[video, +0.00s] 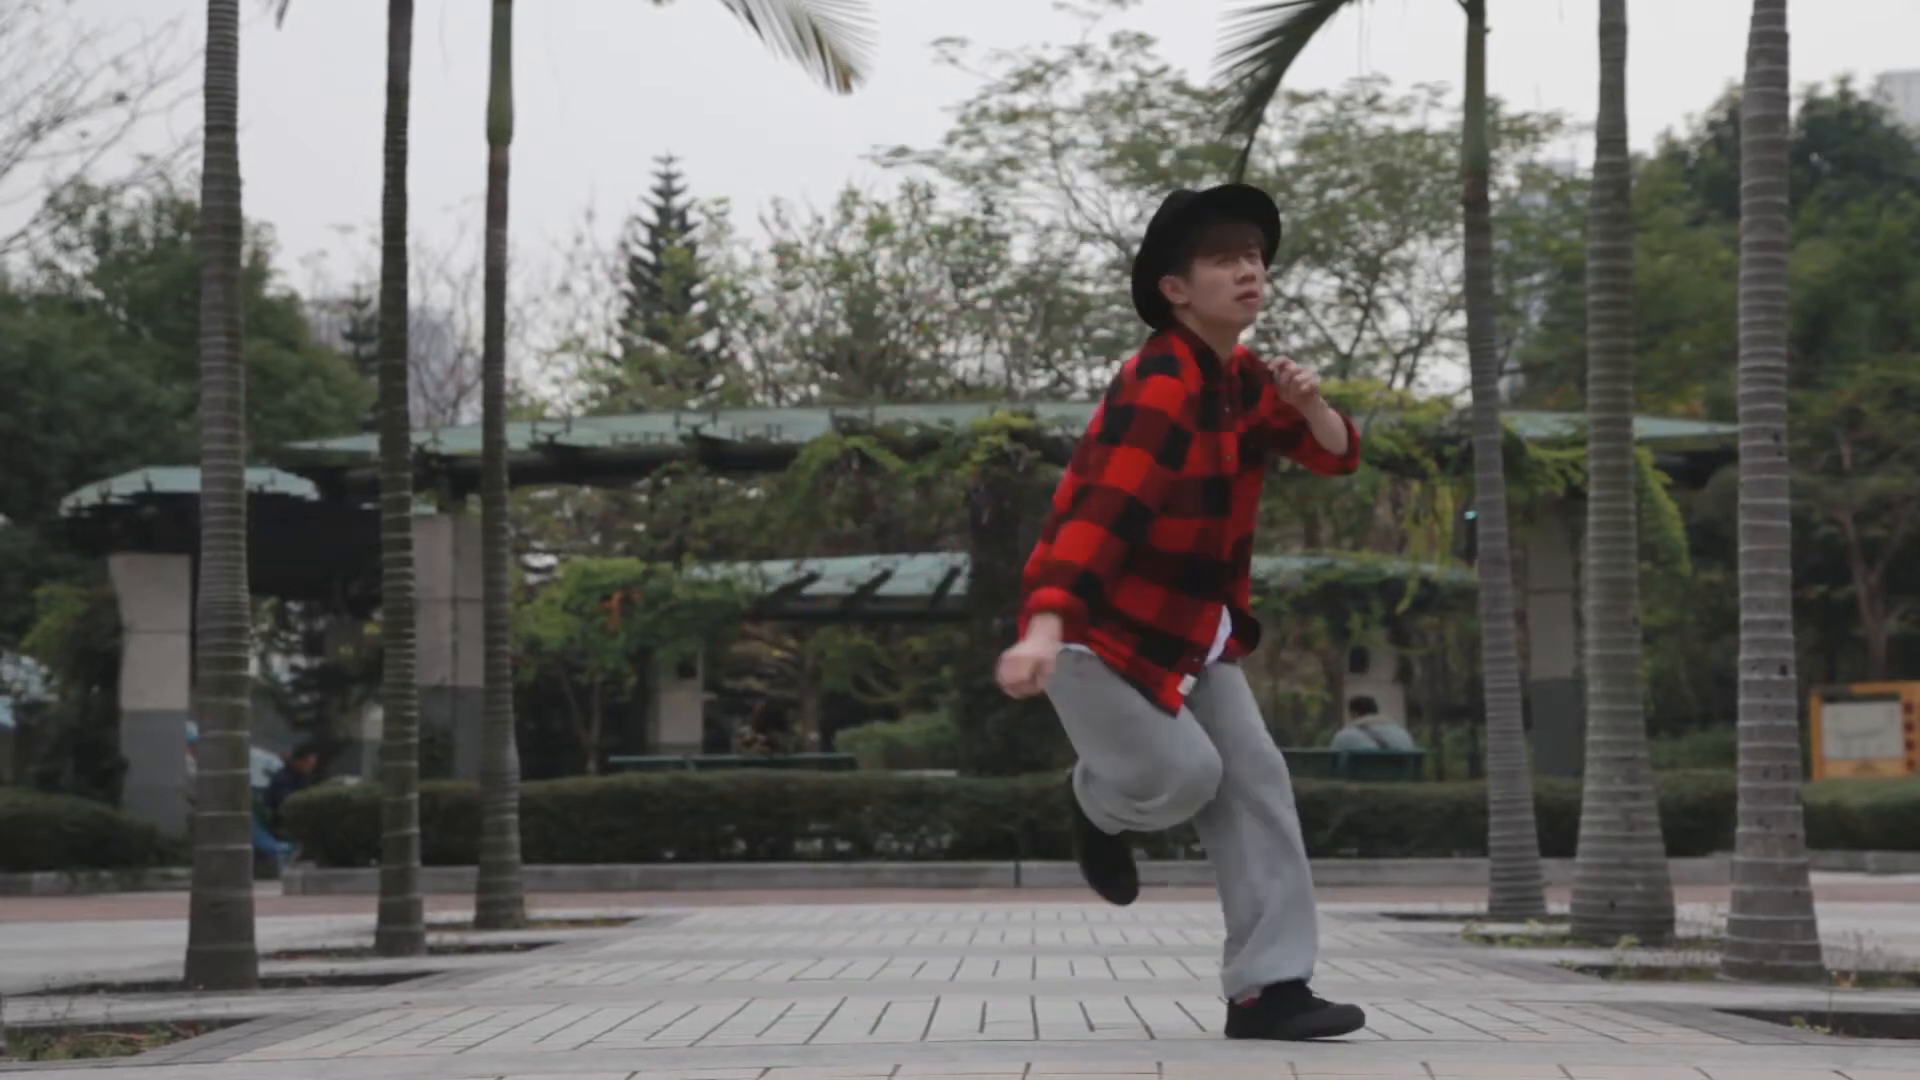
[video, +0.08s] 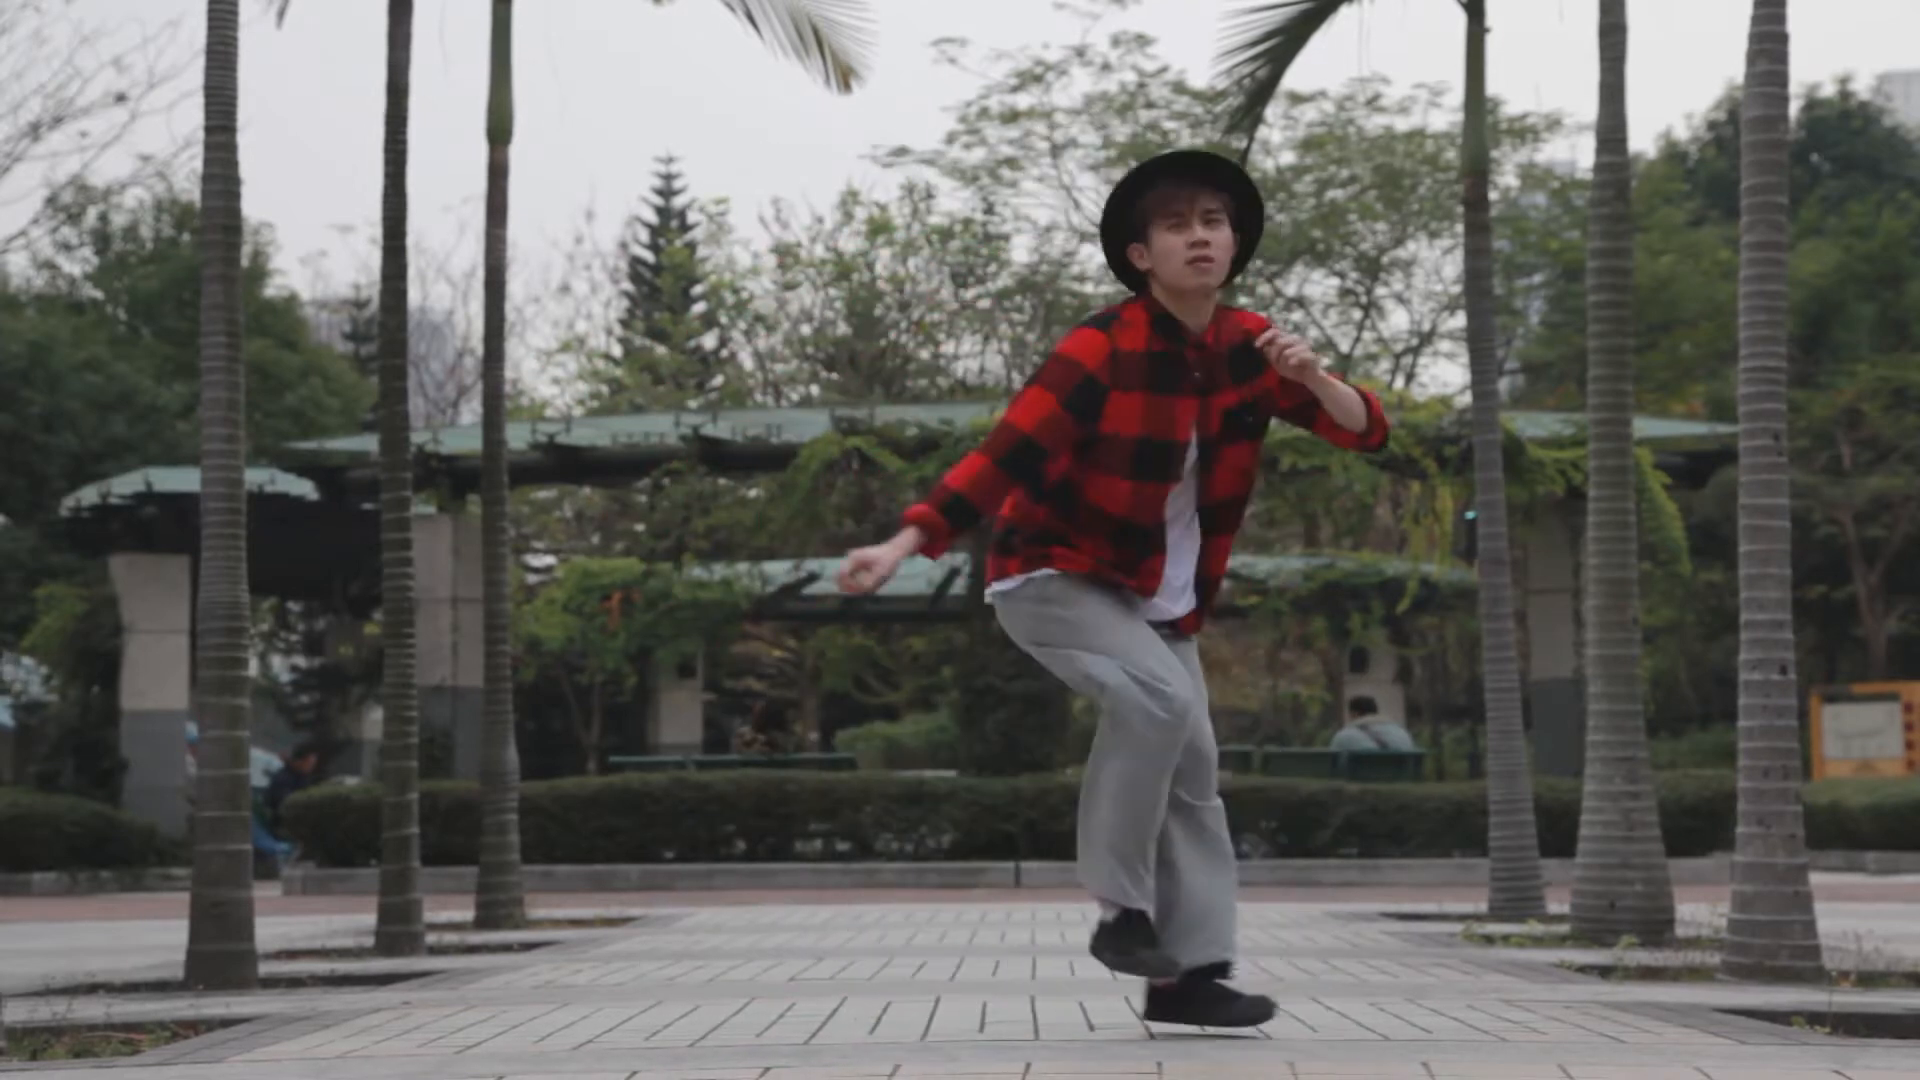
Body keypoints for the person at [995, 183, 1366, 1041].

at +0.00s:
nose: (1249, 276)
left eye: (1257, 261)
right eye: (1223, 262)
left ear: (1267, 275)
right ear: (1173, 290)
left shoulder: (1249, 379)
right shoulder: (1162, 378)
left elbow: (1335, 457)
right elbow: (1102, 504)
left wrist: (1313, 410)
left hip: (1189, 635)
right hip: (1094, 633)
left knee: (1257, 780)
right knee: (1181, 772)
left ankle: (1266, 988)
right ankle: (1097, 804)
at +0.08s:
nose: (1200, 236)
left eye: (1215, 220)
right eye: (1174, 224)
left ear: (1237, 243)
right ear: (1139, 256)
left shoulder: (1250, 346)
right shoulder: (1104, 344)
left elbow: (1368, 432)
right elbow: (1008, 448)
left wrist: (1320, 381)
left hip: (1155, 596)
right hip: (1049, 572)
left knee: (1194, 766)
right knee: (1156, 697)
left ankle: (1190, 975)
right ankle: (1122, 907)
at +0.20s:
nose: (1133, 226)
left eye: (1153, 212)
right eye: (1112, 213)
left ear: (1185, 239)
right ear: (1084, 240)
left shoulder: (1216, 356)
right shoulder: (1027, 329)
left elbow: (1311, 468)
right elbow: (895, 389)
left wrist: (1294, 424)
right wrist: (762, 407)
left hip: (1136, 599)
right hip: (1030, 582)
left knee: (1117, 797)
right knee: (1096, 727)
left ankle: (1038, 970)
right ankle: (1142, 936)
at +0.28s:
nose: (1087, 215)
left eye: (1109, 201)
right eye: (1069, 202)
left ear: (1145, 231)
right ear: (1044, 231)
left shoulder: (1179, 354)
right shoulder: (990, 329)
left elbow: (1238, 471)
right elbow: (877, 370)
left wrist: (1219, 484)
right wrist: (756, 335)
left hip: (1126, 606)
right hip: (1017, 595)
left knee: (1161, 775)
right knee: (1066, 742)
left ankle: (1071, 949)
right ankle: (1028, 949)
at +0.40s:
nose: (1014, 228)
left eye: (1038, 213)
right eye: (999, 215)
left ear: (1077, 241)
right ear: (979, 242)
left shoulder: (1117, 360)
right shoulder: (940, 345)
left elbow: (1153, 491)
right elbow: (842, 358)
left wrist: (1165, 581)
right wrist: (759, 286)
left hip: (1103, 623)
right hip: (982, 638)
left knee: (1222, 728)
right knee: (955, 818)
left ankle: (1167, 909)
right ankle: (938, 986)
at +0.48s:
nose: (961, 239)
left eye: (983, 222)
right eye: (947, 229)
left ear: (1029, 249)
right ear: (933, 261)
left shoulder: (1089, 361)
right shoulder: (918, 362)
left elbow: (1162, 471)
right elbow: (821, 362)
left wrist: (1230, 573)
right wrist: (760, 287)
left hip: (1086, 610)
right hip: (973, 631)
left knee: (1183, 716)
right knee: (972, 809)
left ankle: (1210, 914)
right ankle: (948, 986)